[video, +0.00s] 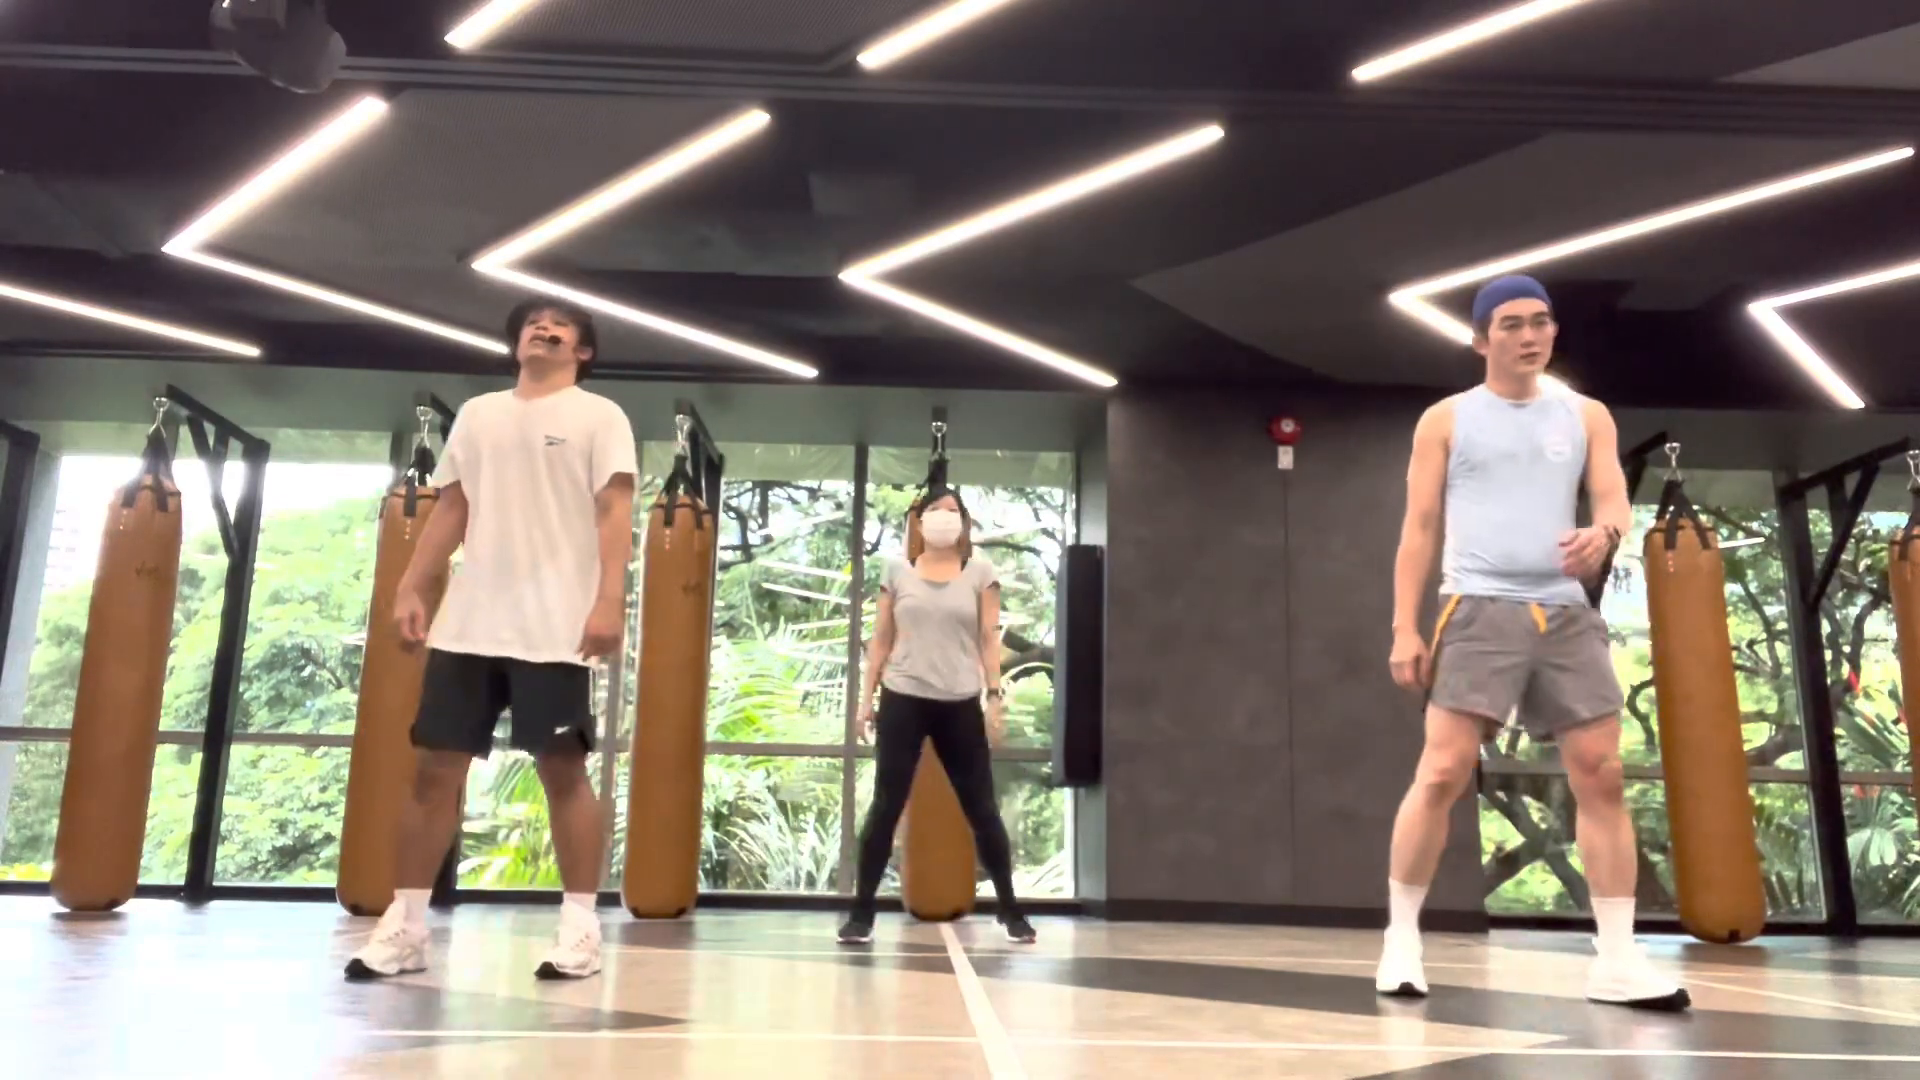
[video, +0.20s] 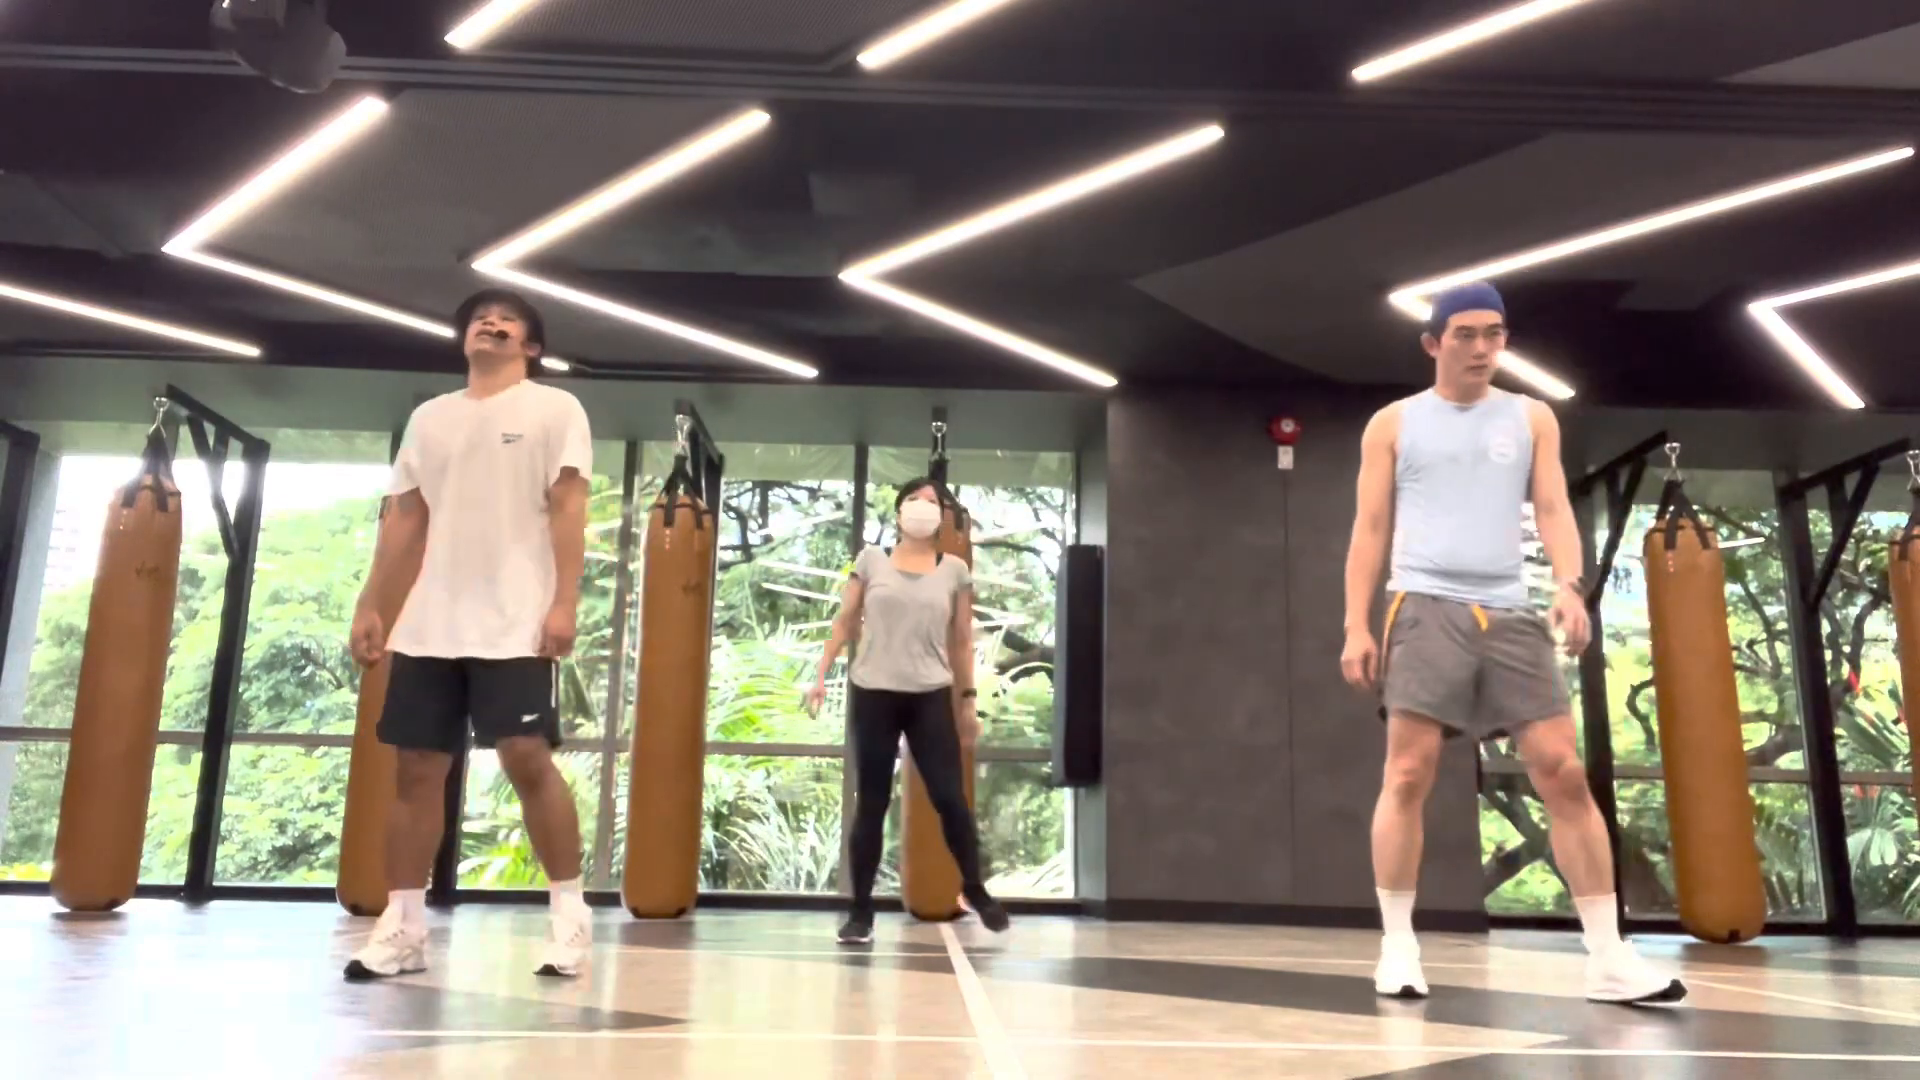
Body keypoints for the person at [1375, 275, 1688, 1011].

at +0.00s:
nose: (1527, 334)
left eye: (1538, 322)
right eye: (1510, 323)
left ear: (1554, 333)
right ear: (1483, 338)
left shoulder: (1589, 417)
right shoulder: (1444, 421)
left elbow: (1614, 502)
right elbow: (1420, 528)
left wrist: (1604, 534)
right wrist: (1405, 626)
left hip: (1569, 619)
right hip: (1477, 618)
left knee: (1602, 775)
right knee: (1441, 775)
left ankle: (1617, 957)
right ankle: (1401, 941)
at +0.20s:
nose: (1480, 347)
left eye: (1491, 334)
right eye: (1465, 335)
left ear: (1505, 341)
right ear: (1434, 344)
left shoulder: (1532, 418)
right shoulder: (1392, 424)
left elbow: (1554, 510)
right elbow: (1370, 527)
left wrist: (1570, 588)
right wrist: (1357, 622)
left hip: (1516, 620)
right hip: (1427, 618)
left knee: (1562, 774)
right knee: (1408, 776)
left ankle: (1608, 959)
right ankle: (1398, 950)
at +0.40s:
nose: (1451, 349)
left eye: (1462, 336)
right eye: (1436, 336)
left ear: (1475, 342)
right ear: (1406, 345)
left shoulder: (1502, 421)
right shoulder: (1365, 425)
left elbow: (1516, 532)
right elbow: (1338, 528)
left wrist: (1535, 630)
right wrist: (1319, 625)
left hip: (1486, 617)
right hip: (1401, 614)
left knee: (1523, 774)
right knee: (1394, 778)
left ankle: (1529, 944)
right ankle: (1397, 946)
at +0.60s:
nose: (1451, 343)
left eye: (1462, 330)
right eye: (1437, 329)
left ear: (1473, 342)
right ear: (1404, 338)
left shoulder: (1495, 420)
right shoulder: (1362, 424)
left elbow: (1500, 526)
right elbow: (1336, 531)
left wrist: (1502, 611)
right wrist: (1313, 628)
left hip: (1482, 612)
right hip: (1400, 609)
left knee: (1493, 772)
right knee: (1396, 776)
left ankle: (1449, 929)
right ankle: (1396, 944)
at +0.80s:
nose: (1472, 324)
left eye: (1482, 317)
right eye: (1457, 312)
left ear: (1490, 340)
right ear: (1420, 330)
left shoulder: (1507, 422)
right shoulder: (1379, 415)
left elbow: (1500, 524)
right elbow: (1353, 521)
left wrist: (1497, 606)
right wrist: (1354, 621)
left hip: (1502, 611)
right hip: (1418, 612)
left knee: (1562, 760)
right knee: (1405, 774)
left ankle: (1547, 929)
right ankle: (1398, 944)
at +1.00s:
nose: (1507, 321)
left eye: (1515, 316)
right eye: (1490, 313)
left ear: (1524, 344)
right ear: (1454, 338)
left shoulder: (1549, 426)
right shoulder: (1425, 418)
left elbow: (1547, 524)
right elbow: (1393, 518)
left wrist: (1550, 605)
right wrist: (1405, 612)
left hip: (1547, 621)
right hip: (1463, 619)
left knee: (1581, 786)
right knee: (1431, 779)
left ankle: (1603, 957)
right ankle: (1400, 947)